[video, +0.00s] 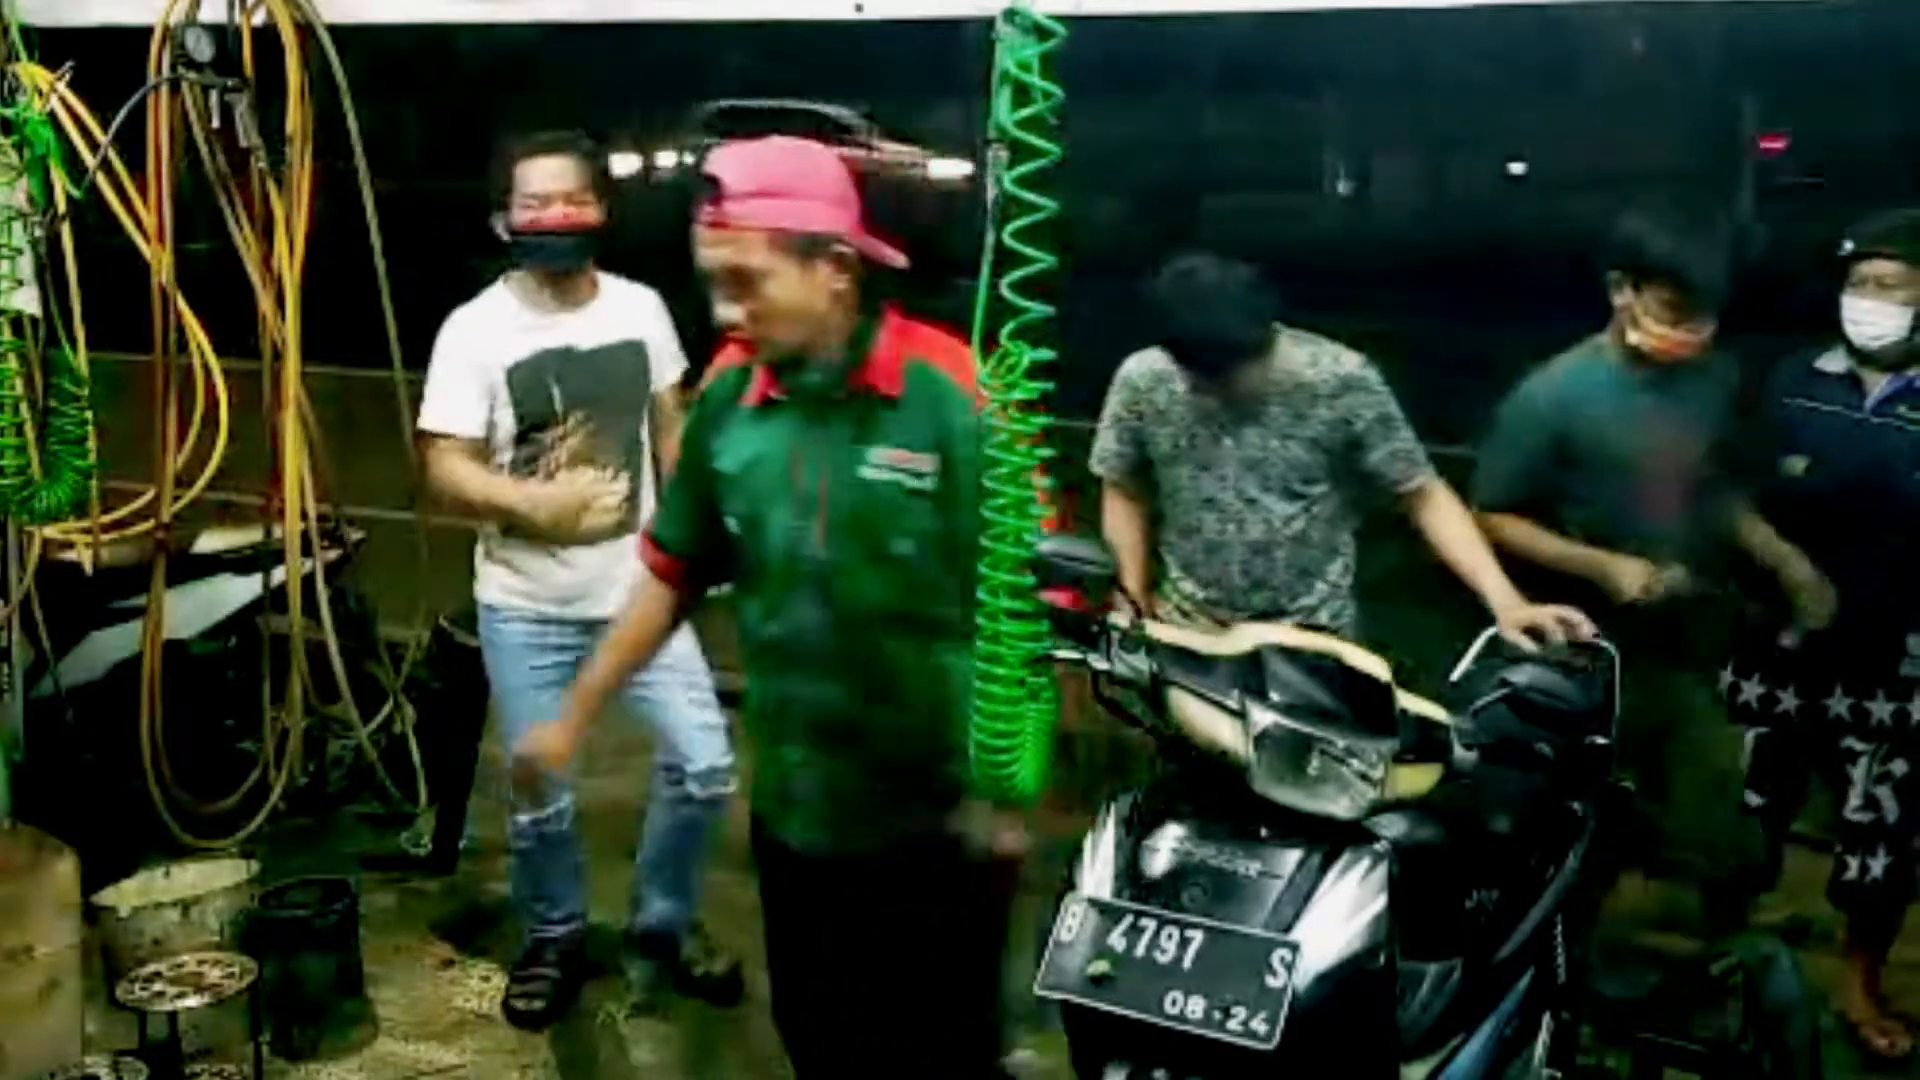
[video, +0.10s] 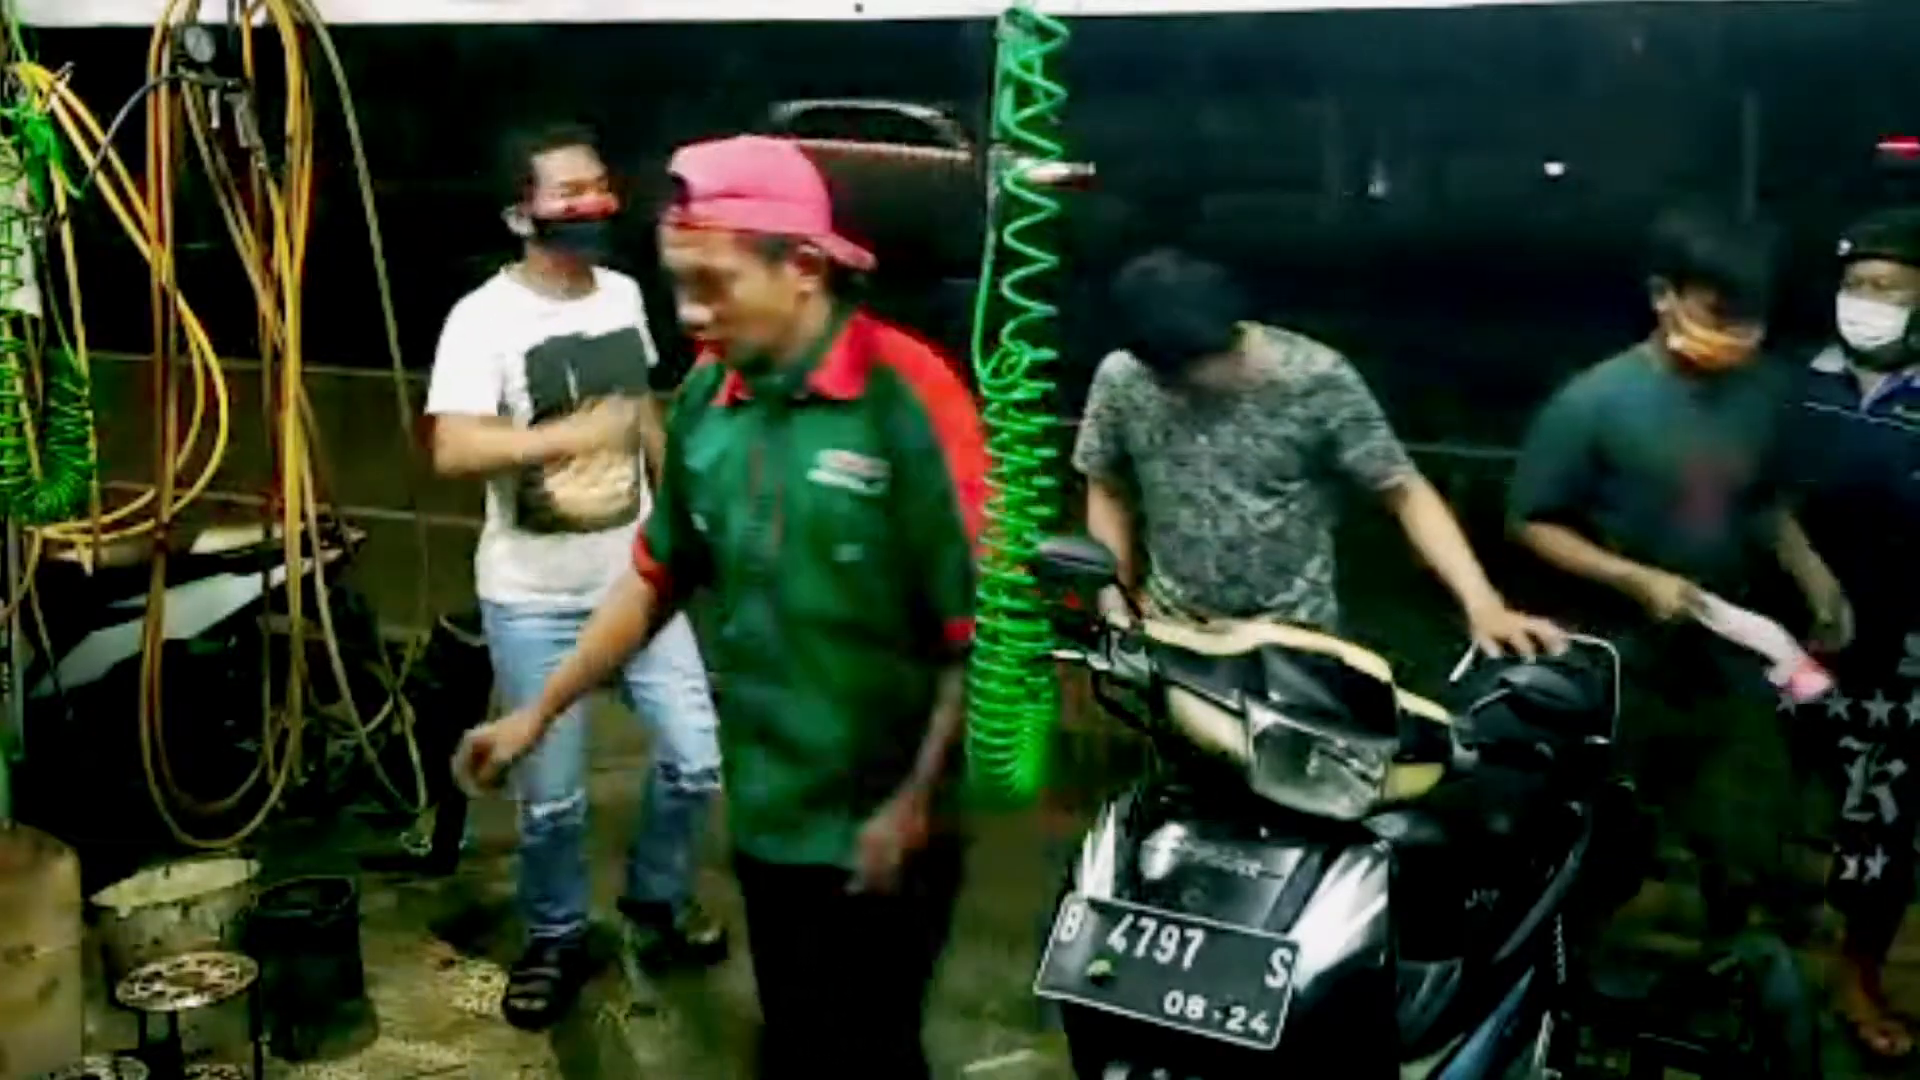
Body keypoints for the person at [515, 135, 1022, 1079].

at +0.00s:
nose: (726, 310)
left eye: (744, 284)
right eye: (716, 286)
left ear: (835, 271)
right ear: (709, 278)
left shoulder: (950, 394)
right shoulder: (726, 404)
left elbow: (1017, 590)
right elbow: (667, 577)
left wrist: (1007, 779)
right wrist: (572, 718)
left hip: (938, 808)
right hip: (797, 808)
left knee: (942, 1050)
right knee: (818, 1040)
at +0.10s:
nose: (691, 313)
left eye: (713, 286)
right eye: (683, 286)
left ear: (804, 270)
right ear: (672, 272)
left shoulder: (914, 397)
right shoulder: (703, 404)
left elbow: (981, 633)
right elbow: (651, 581)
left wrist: (915, 798)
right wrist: (536, 714)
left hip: (890, 821)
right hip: (767, 817)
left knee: (873, 1060)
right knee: (792, 1055)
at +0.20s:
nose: (649, 321)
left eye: (669, 295)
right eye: (640, 295)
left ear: (759, 276)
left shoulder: (858, 405)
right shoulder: (676, 404)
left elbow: (931, 649)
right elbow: (649, 590)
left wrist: (873, 826)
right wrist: (550, 738)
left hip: (829, 818)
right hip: (733, 811)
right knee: (857, 1060)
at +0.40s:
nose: (542, 351)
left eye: (559, 323)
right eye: (535, 325)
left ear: (652, 305)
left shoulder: (749, 427)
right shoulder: (597, 440)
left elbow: (844, 678)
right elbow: (614, 645)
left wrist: (836, 889)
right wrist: (572, 789)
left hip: (743, 892)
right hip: (645, 883)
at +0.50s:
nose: (434, 377)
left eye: (451, 345)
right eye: (425, 348)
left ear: (548, 326)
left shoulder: (656, 451)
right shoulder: (521, 443)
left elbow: (767, 701)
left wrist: (798, 908)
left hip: (667, 891)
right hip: (571, 871)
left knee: (538, 1071)